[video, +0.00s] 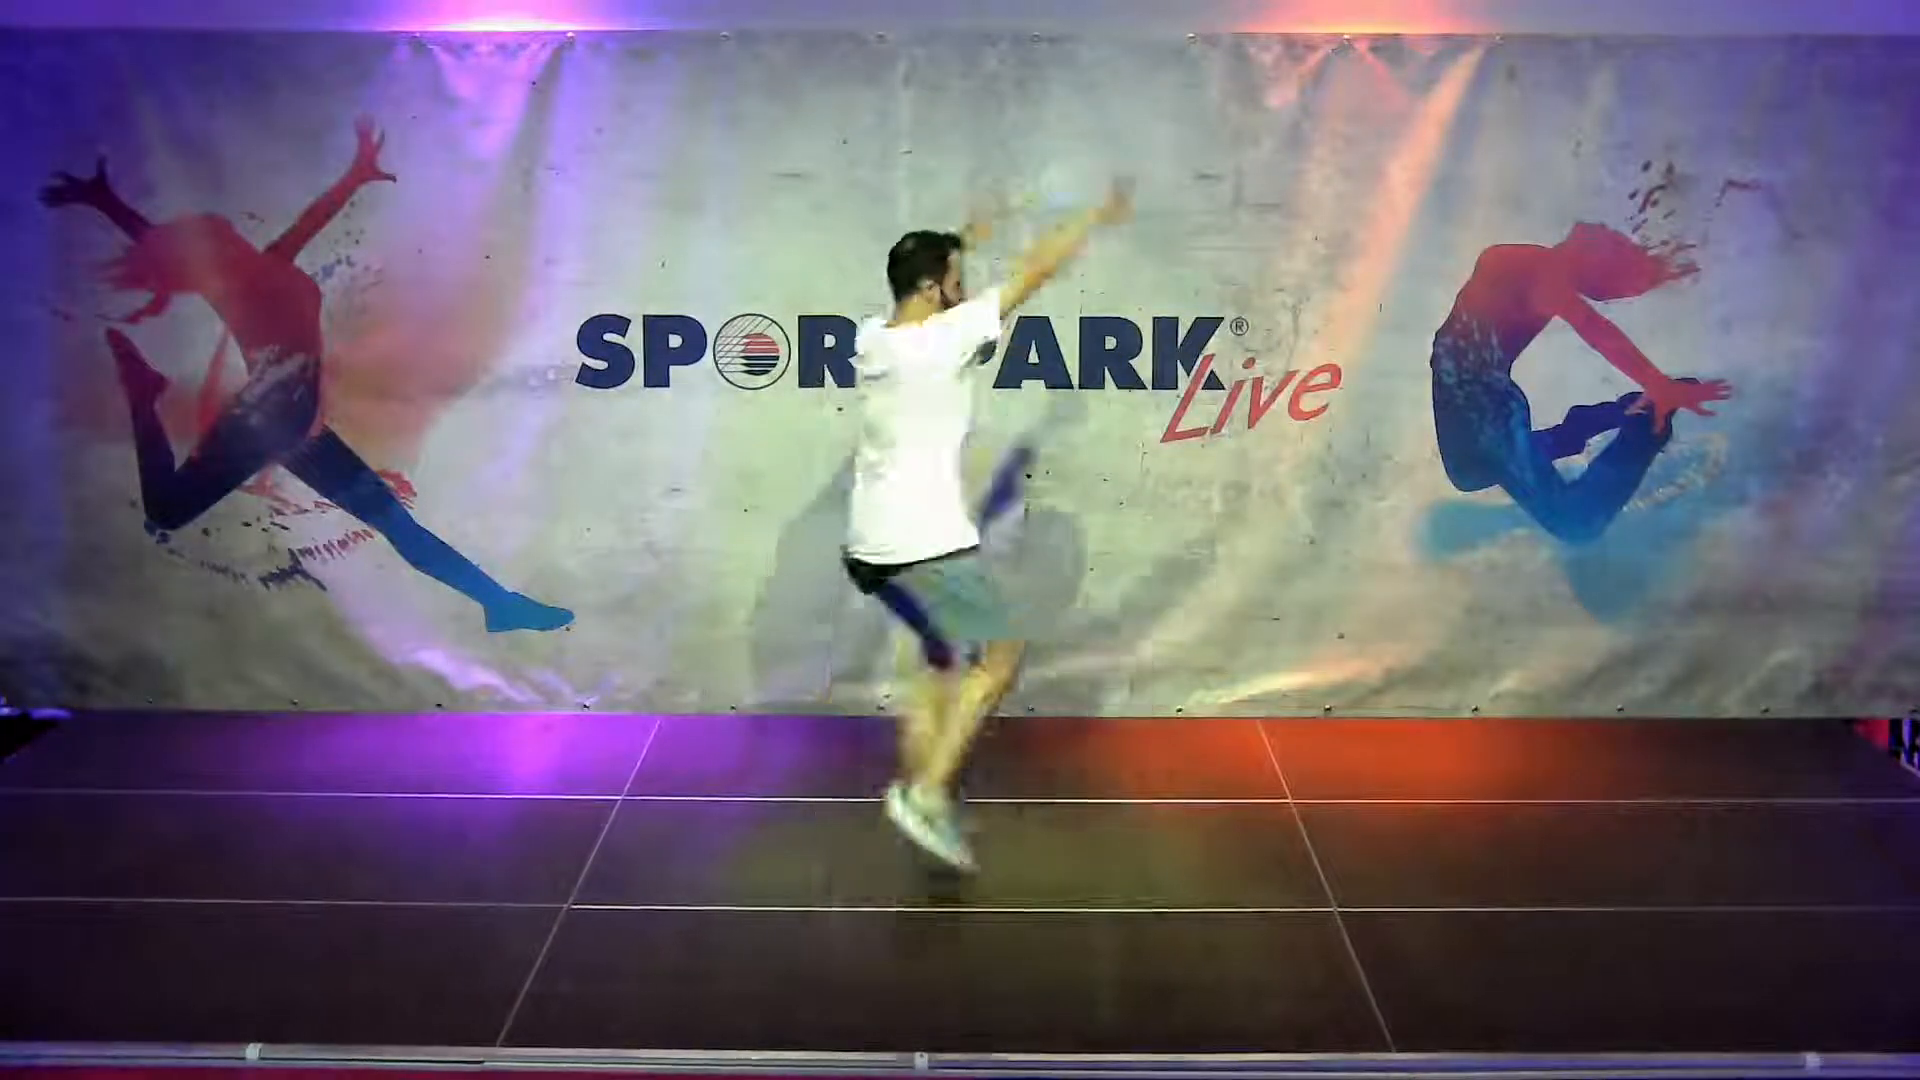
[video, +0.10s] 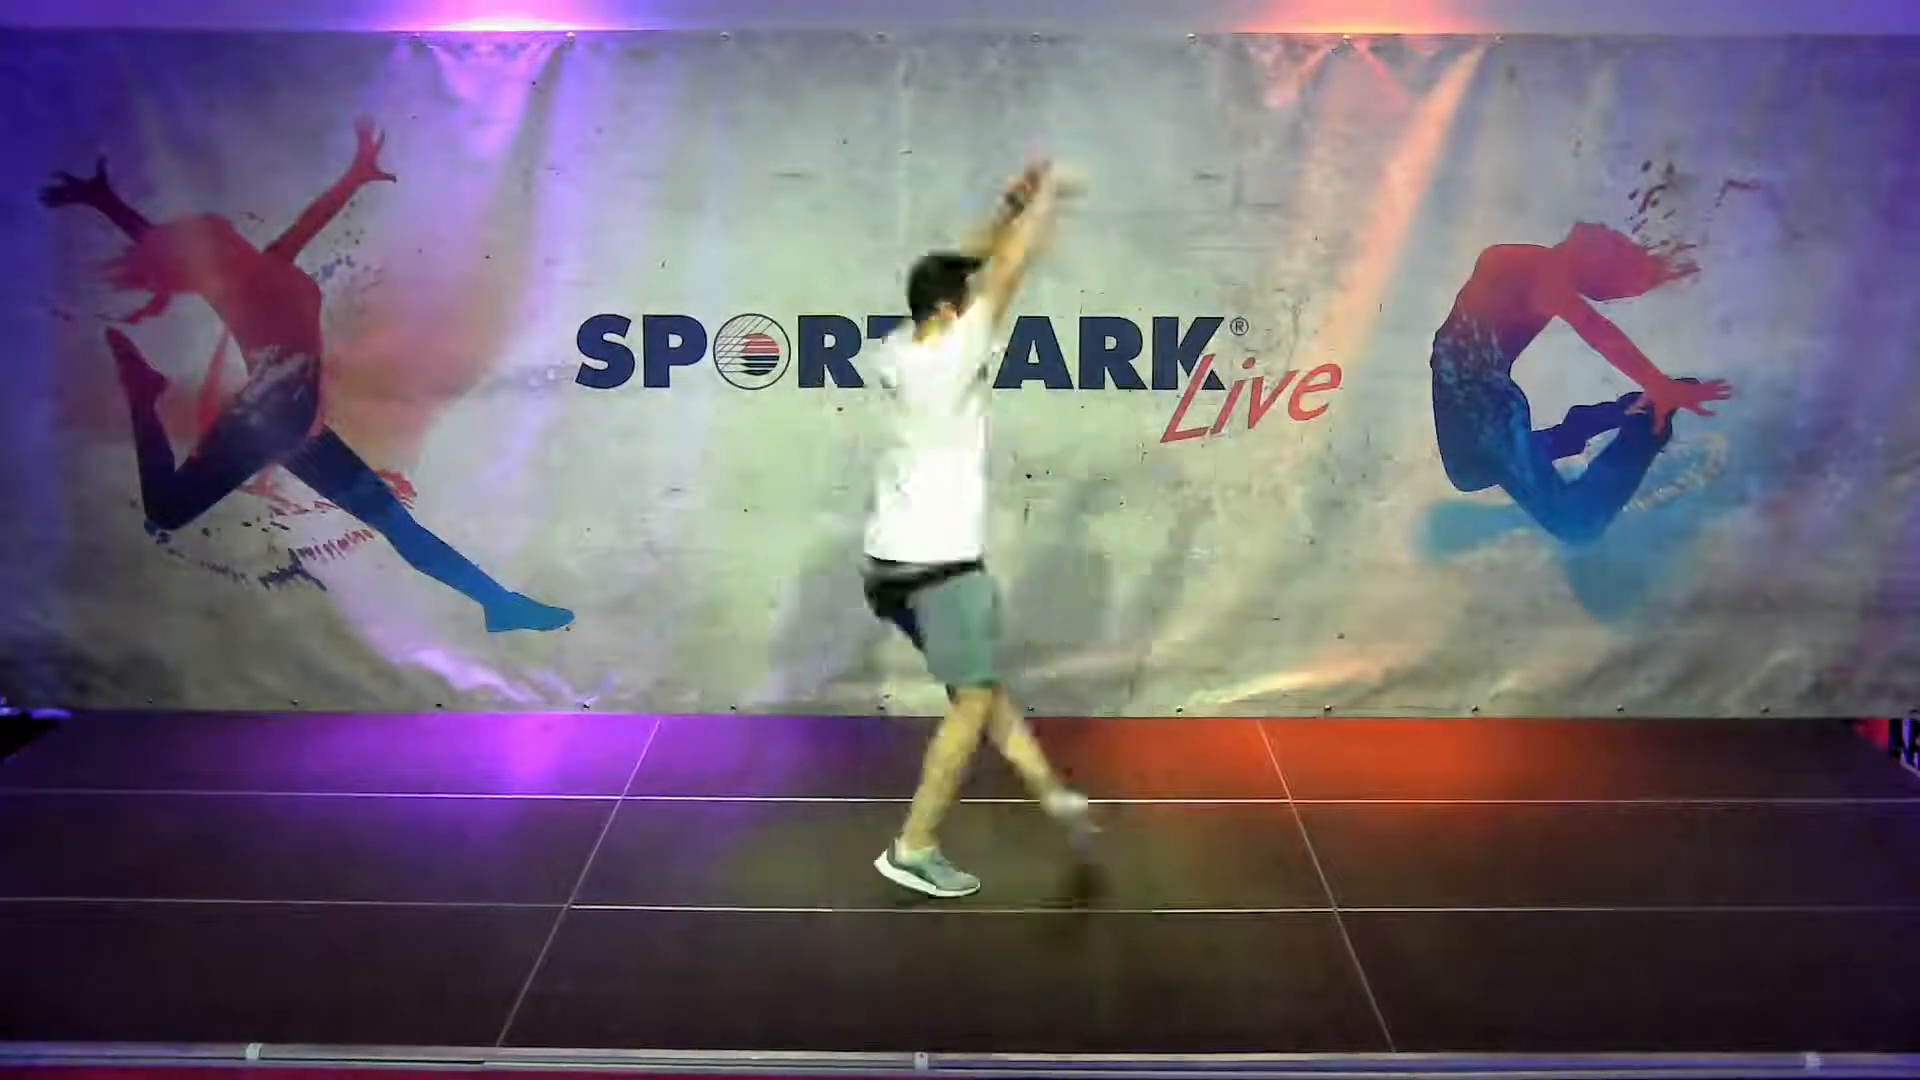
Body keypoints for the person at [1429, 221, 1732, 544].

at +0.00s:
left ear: (1588, 243)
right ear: (1591, 238)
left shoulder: (1546, 280)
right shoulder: (1537, 265)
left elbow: (1596, 330)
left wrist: (1657, 383)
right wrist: (1648, 271)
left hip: (1486, 400)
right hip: (1454, 388)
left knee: (1575, 524)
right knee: (1468, 474)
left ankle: (1647, 426)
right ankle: (1570, 437)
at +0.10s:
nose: (1596, 229)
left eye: (1604, 244)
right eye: (1610, 240)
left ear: (1589, 245)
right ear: (1590, 237)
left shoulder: (1547, 280)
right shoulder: (1536, 265)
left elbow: (1596, 330)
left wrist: (1657, 383)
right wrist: (1649, 272)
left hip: (1487, 400)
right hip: (1454, 388)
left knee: (1574, 524)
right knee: (1468, 474)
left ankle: (1647, 426)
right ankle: (1569, 437)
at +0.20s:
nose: (1599, 231)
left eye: (1605, 245)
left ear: (1591, 247)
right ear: (1593, 237)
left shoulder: (1546, 280)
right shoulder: (1534, 265)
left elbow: (1596, 329)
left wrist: (1657, 383)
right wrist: (1649, 272)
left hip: (1487, 401)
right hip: (1454, 390)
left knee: (1575, 524)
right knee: (1467, 474)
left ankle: (1648, 425)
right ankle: (1570, 436)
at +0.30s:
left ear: (1588, 243)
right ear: (1591, 238)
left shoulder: (1546, 280)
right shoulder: (1537, 265)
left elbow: (1596, 330)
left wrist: (1657, 383)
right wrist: (1648, 271)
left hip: (1486, 400)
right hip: (1455, 388)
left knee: (1575, 524)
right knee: (1468, 474)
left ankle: (1647, 426)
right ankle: (1570, 436)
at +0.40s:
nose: (1599, 230)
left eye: (1605, 244)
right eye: (1611, 240)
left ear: (1590, 246)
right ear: (1592, 237)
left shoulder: (1546, 280)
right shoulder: (1536, 265)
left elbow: (1596, 330)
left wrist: (1657, 384)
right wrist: (1647, 272)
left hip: (1486, 400)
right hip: (1454, 388)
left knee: (1575, 524)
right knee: (1468, 474)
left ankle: (1648, 426)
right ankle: (1572, 435)